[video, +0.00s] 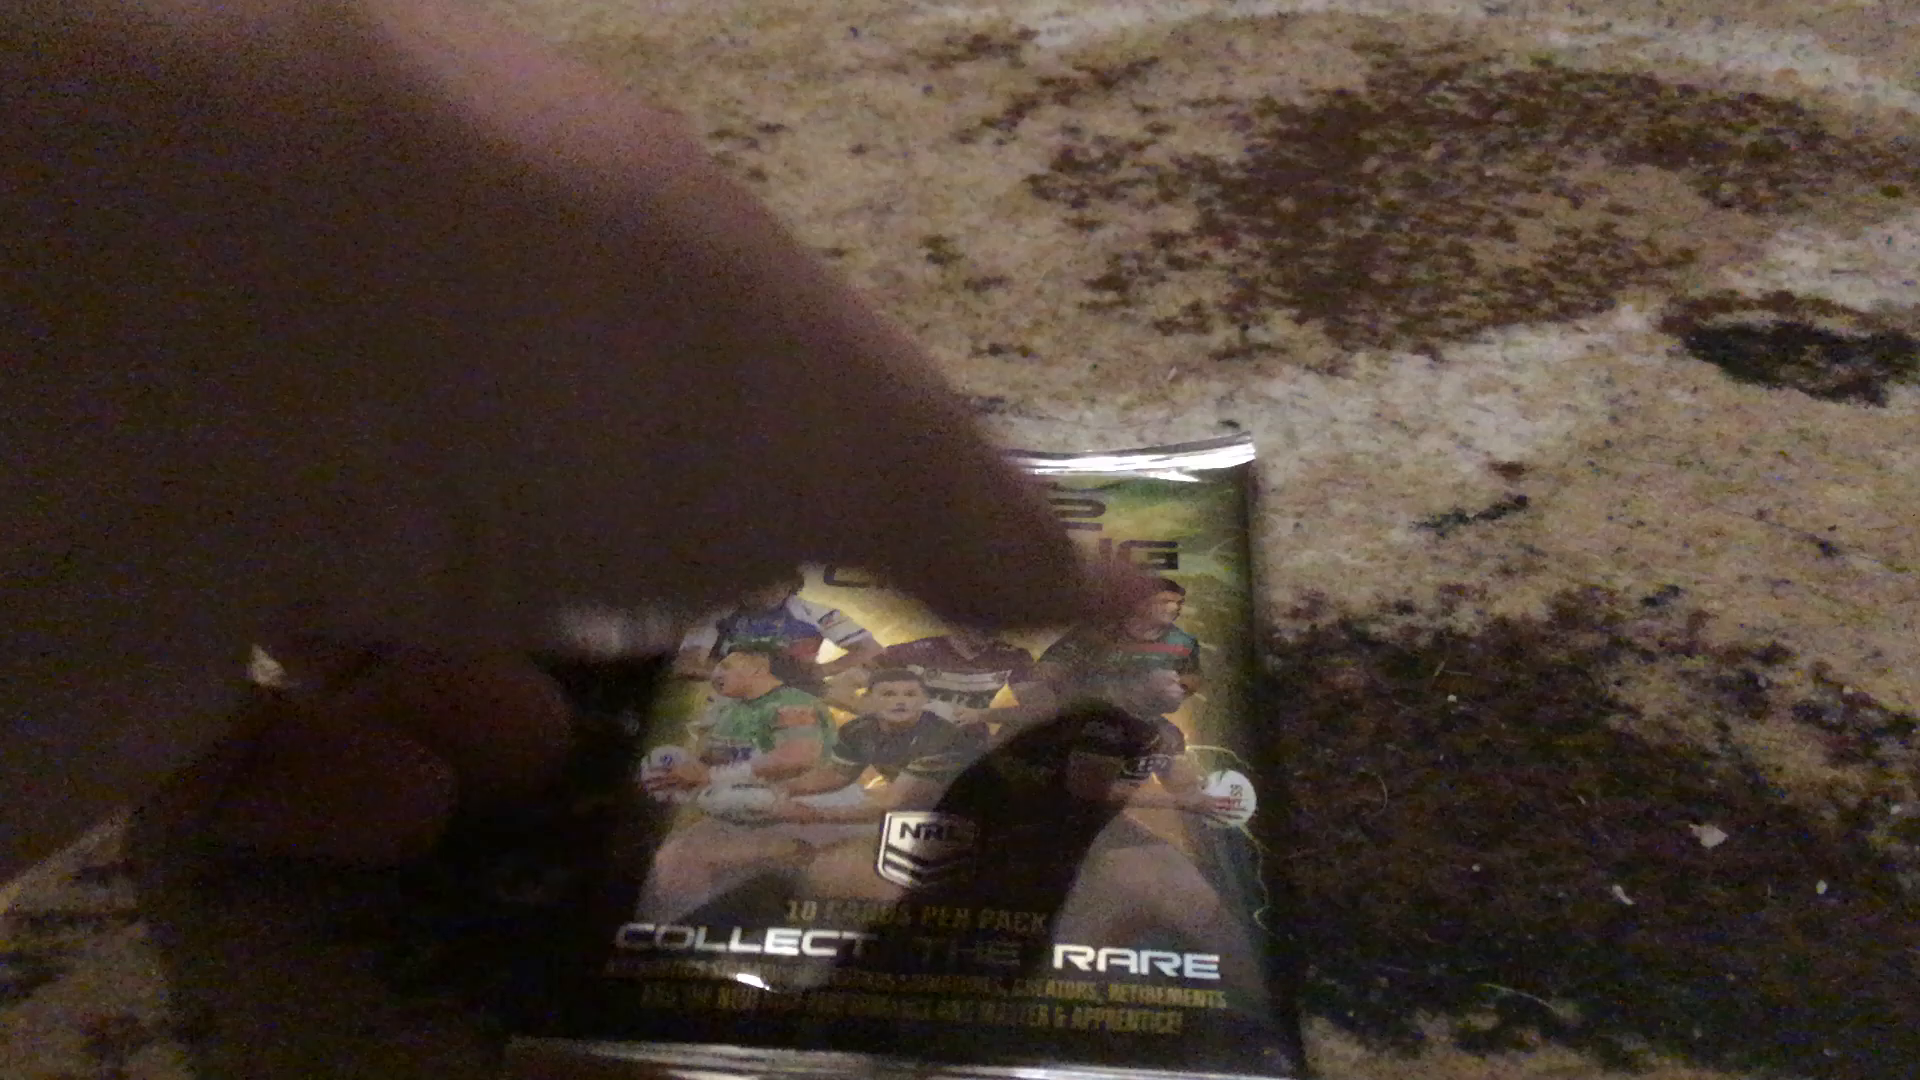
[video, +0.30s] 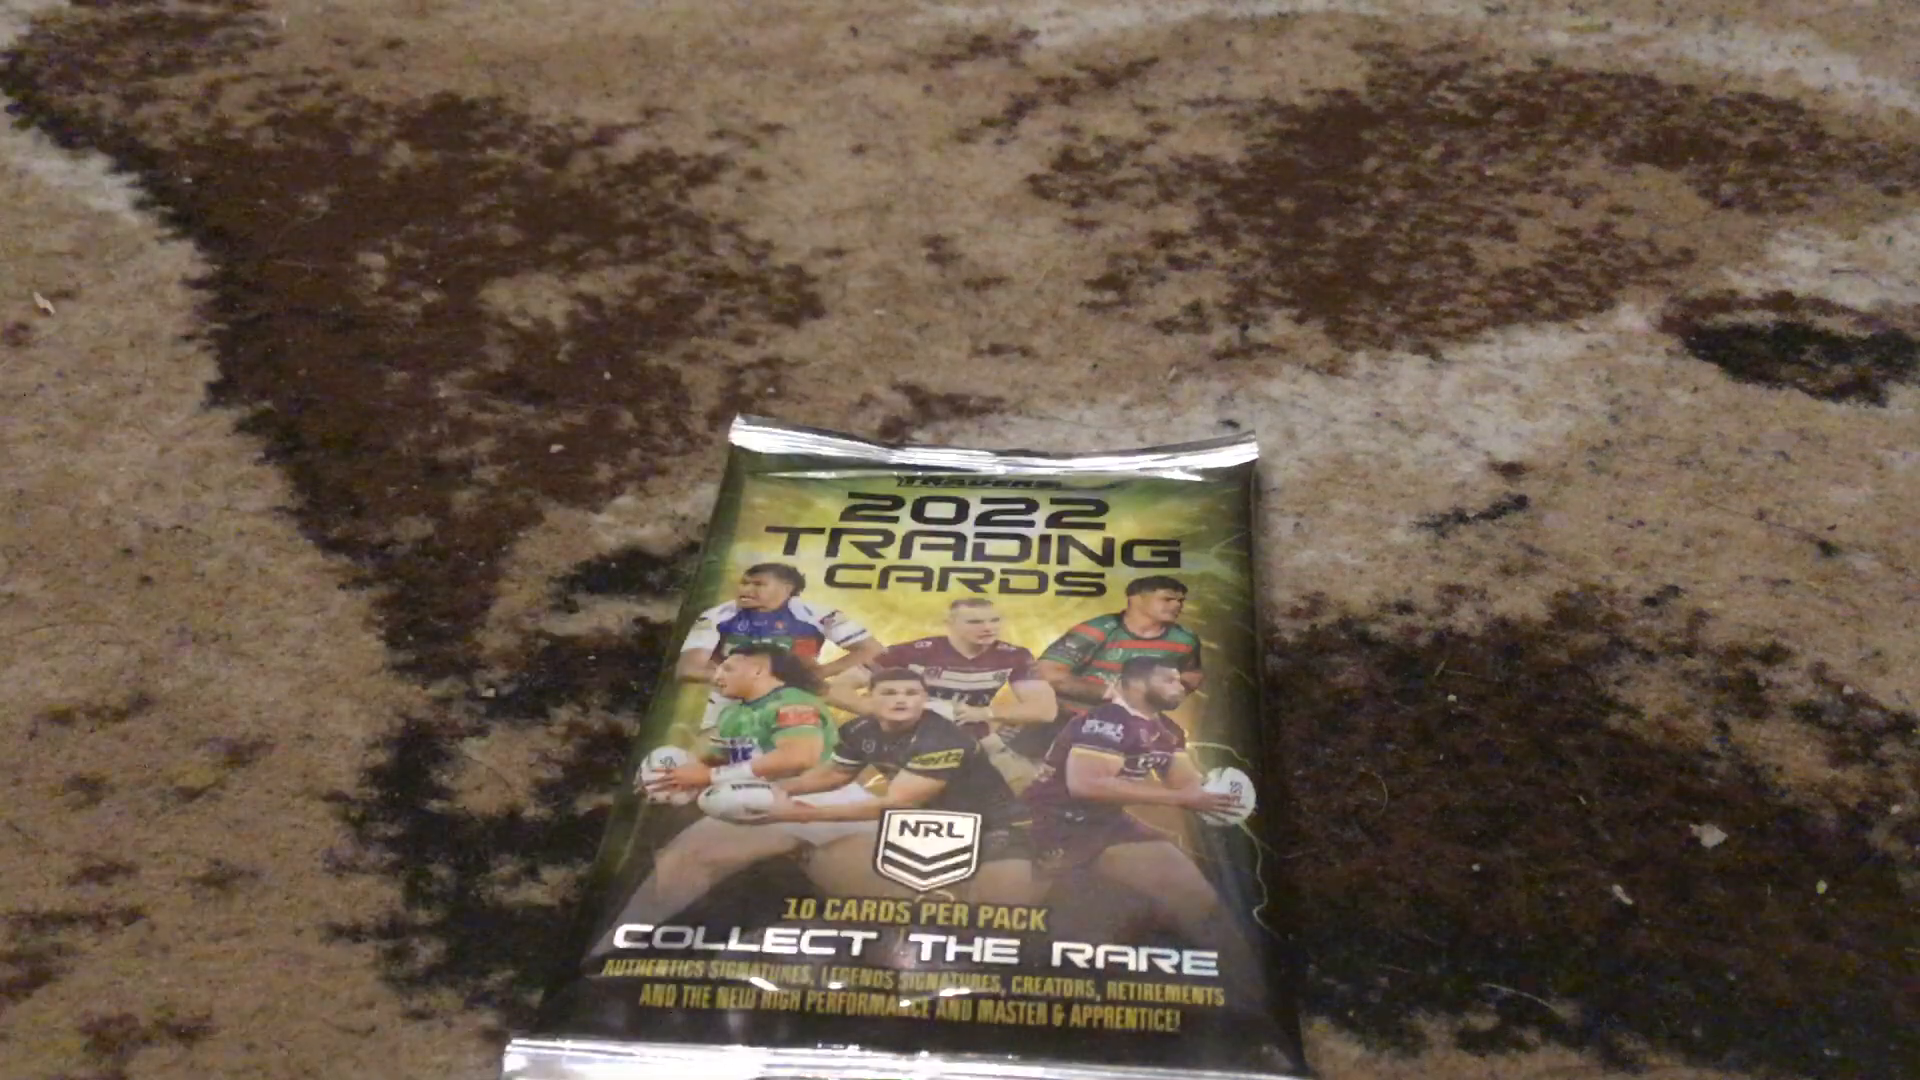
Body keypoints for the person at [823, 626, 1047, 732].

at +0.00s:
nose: (974, 639)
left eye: (983, 633)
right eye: (967, 630)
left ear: (994, 633)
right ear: (952, 627)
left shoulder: (1015, 663)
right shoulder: (923, 651)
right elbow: (834, 688)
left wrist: (981, 718)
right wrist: (868, 705)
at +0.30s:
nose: (987, 629)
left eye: (993, 621)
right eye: (975, 621)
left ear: (1001, 621)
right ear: (950, 623)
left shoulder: (1015, 658)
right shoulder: (918, 653)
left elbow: (1045, 709)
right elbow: (835, 688)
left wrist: (984, 713)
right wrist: (884, 710)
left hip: (987, 749)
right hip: (923, 747)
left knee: (1036, 786)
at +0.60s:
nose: (987, 629)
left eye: (993, 620)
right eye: (975, 622)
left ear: (1000, 620)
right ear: (949, 623)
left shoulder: (1014, 658)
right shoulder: (917, 653)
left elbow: (1045, 709)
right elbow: (835, 688)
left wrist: (986, 713)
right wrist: (891, 711)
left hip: (986, 749)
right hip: (924, 748)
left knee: (1040, 786)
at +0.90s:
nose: (987, 629)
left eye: (993, 620)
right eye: (975, 621)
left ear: (999, 621)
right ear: (949, 623)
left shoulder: (1014, 657)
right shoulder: (918, 653)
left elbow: (1045, 709)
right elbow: (835, 688)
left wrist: (985, 713)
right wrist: (892, 711)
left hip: (984, 747)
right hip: (923, 746)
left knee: (1035, 784)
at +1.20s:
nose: (987, 628)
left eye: (993, 620)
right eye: (975, 621)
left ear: (1000, 621)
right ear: (950, 623)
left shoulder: (1014, 657)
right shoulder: (915, 653)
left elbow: (1045, 709)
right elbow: (834, 688)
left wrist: (983, 713)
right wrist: (892, 710)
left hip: (985, 748)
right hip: (922, 747)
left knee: (1040, 787)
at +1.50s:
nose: (987, 628)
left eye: (993, 620)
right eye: (975, 621)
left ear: (999, 621)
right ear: (950, 623)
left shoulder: (1014, 657)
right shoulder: (915, 653)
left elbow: (1046, 709)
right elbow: (833, 688)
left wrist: (987, 713)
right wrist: (887, 710)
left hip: (985, 747)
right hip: (923, 746)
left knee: (1039, 787)